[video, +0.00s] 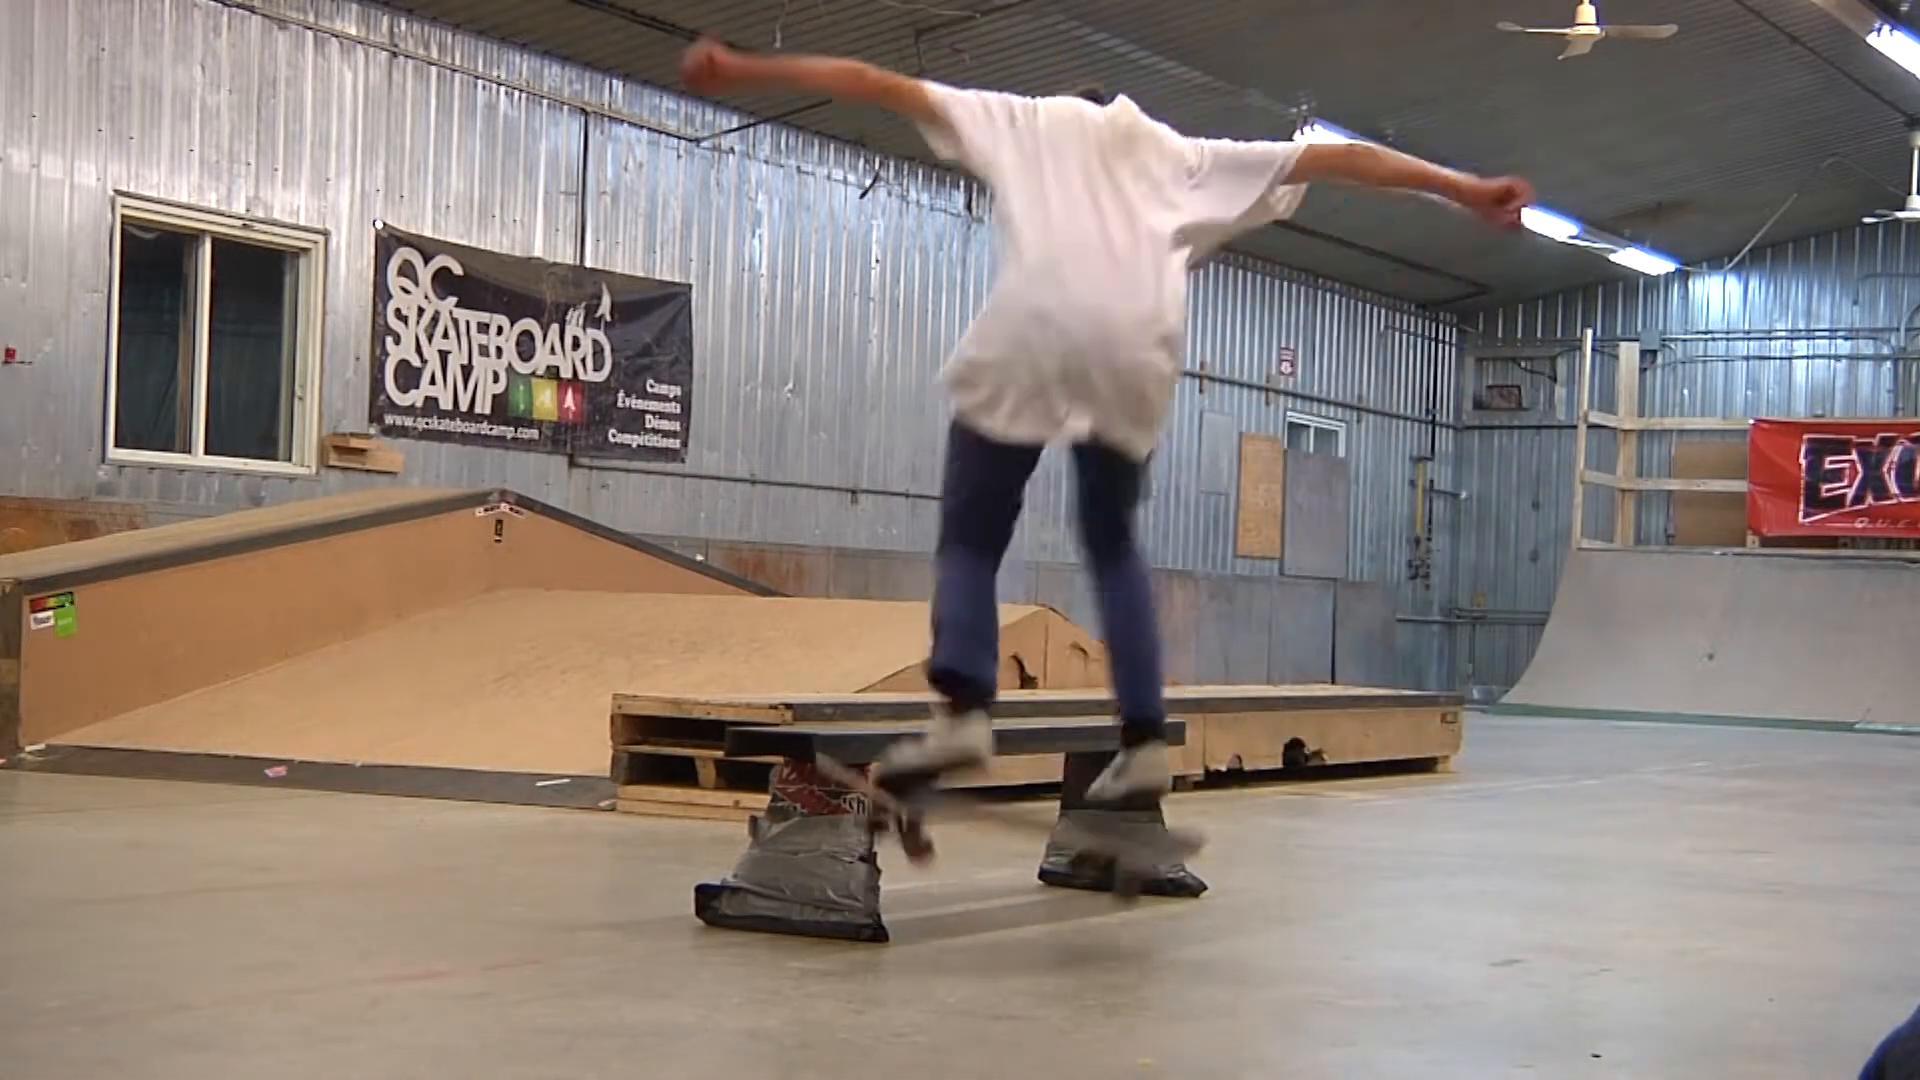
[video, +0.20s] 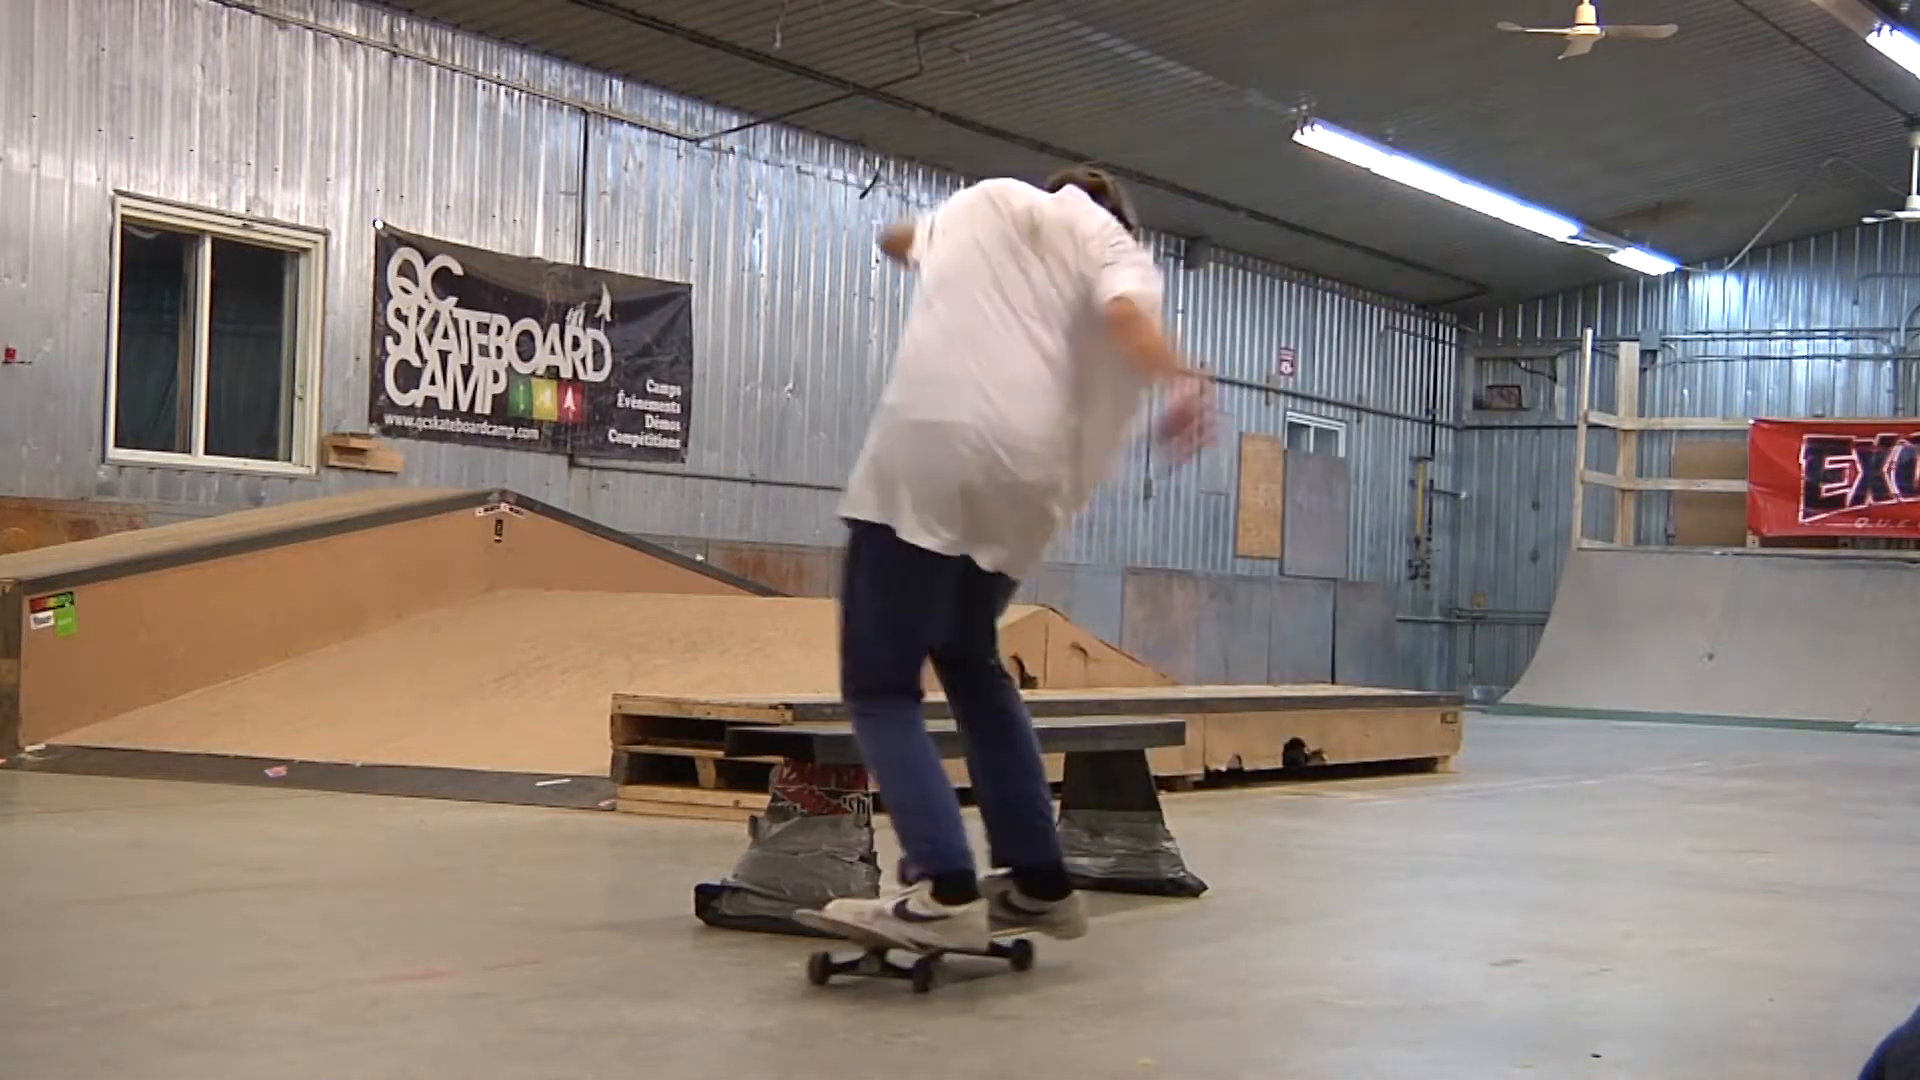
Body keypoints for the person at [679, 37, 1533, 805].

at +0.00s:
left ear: (1064, 100)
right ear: (1148, 118)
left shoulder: (1019, 118)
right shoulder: (1187, 156)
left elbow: (881, 81)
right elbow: (1329, 155)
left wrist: (747, 70)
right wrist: (1460, 186)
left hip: (1018, 343)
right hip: (1135, 361)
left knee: (970, 546)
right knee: (1114, 543)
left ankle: (962, 715)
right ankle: (1147, 742)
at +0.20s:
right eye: (1122, 233)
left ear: (1048, 186)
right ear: (1114, 218)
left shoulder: (980, 202)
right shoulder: (1115, 241)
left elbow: (901, 238)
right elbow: (1128, 314)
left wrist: (912, 243)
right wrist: (1181, 376)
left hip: (919, 451)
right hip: (1032, 475)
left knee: (879, 688)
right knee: (970, 657)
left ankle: (943, 879)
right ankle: (1040, 880)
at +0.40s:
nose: (1095, 246)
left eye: (1102, 235)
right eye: (1102, 232)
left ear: (1035, 160)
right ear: (1096, 202)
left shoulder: (943, 158)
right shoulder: (1072, 236)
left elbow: (1018, 358)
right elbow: (1001, 364)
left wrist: (1144, 405)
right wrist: (957, 539)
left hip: (801, 420)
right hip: (912, 452)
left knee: (792, 683)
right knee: (886, 653)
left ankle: (888, 912)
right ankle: (949, 895)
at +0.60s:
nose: (1045, 142)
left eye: (1050, 128)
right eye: (1048, 127)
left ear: (960, 56)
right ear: (1032, 101)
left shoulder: (866, 66)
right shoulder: (1027, 161)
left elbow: (910, 289)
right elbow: (988, 311)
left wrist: (1058, 393)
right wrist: (964, 507)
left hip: (758, 388)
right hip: (881, 428)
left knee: (739, 694)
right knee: (818, 659)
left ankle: (868, 945)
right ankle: (881, 917)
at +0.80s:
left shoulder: (741, 11)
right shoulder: (968, 64)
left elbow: (692, 237)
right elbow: (1013, 247)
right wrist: (1009, 461)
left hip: (772, 342)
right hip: (900, 376)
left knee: (713, 684)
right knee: (762, 650)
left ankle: (899, 976)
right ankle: (819, 922)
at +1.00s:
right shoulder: (884, 37)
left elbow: (547, 126)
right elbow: (987, 210)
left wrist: (426, 294)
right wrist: (1000, 433)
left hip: (781, 284)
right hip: (898, 335)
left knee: (689, 678)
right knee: (720, 668)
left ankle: (928, 1015)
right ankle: (841, 973)